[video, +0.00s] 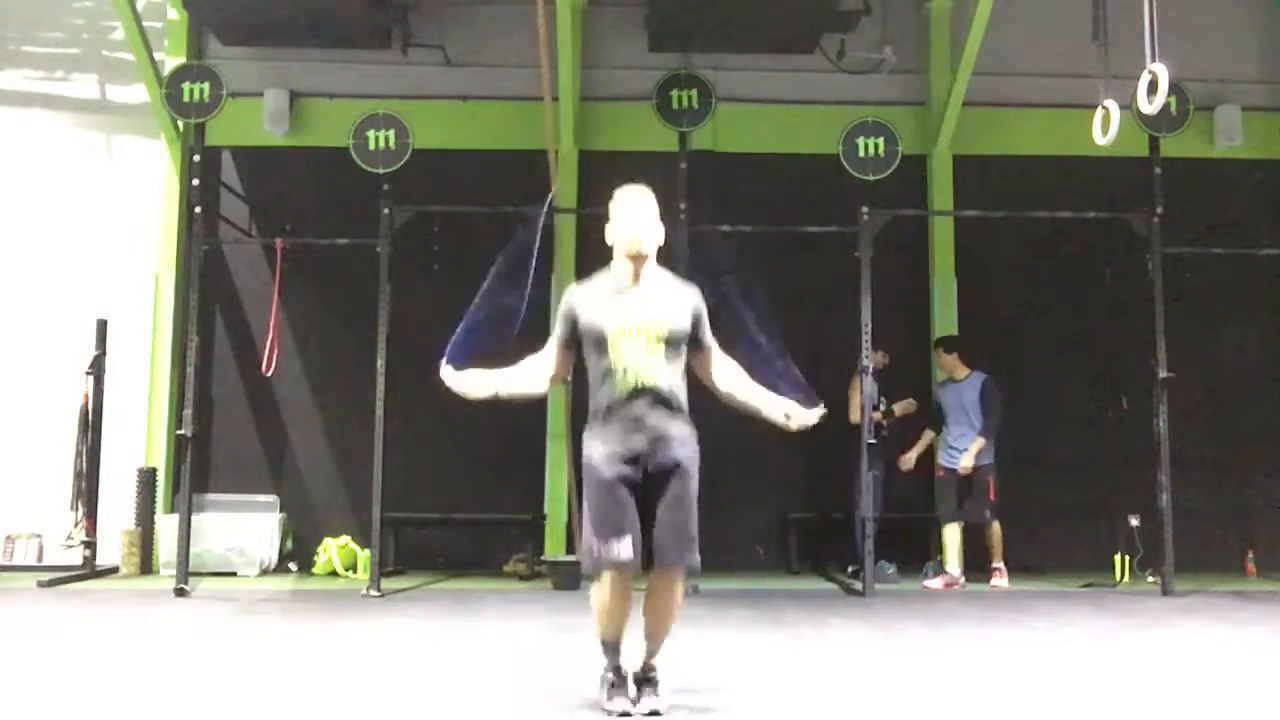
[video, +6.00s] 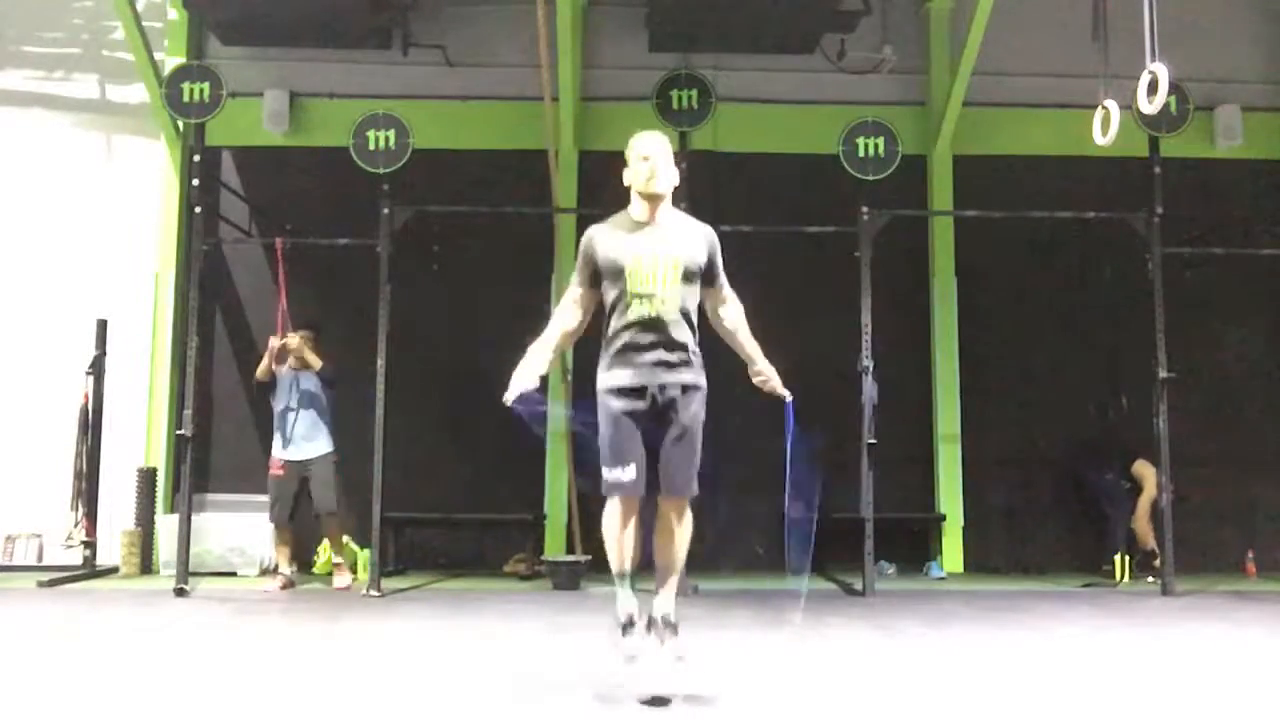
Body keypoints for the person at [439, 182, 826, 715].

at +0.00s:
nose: (638, 228)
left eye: (646, 219)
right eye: (628, 219)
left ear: (660, 228)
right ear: (609, 229)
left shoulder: (686, 297)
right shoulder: (580, 297)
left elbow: (717, 369)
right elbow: (548, 369)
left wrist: (781, 409)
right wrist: (484, 380)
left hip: (673, 435)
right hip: (609, 436)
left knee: (671, 560)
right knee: (617, 557)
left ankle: (649, 670)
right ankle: (612, 669)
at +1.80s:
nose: (645, 184)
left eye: (653, 175)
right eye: (636, 175)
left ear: (669, 184)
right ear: (621, 185)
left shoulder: (697, 249)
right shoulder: (594, 251)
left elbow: (727, 328)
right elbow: (567, 331)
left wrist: (764, 392)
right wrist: (524, 385)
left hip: (681, 402)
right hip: (617, 403)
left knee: (674, 524)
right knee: (616, 520)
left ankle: (664, 636)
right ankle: (619, 637)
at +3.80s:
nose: (652, 185)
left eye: (659, 176)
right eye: (642, 177)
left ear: (671, 188)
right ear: (623, 189)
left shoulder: (695, 251)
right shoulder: (594, 255)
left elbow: (715, 321)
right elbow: (565, 325)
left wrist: (753, 373)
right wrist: (506, 367)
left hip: (678, 397)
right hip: (614, 397)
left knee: (672, 519)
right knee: (616, 515)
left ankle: (662, 631)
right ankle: (615, 621)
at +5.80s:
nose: (647, 170)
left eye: (655, 162)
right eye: (638, 163)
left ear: (670, 174)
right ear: (622, 176)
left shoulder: (698, 239)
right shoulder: (598, 241)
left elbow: (728, 309)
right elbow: (568, 316)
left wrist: (771, 359)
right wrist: (520, 358)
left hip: (680, 379)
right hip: (619, 378)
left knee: (677, 496)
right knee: (620, 489)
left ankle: (664, 604)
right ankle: (618, 598)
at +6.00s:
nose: (652, 167)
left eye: (660, 159)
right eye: (642, 160)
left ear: (676, 171)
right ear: (626, 173)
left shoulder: (701, 237)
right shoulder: (600, 238)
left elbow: (723, 306)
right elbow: (575, 309)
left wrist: (758, 363)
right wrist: (536, 358)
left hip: (683, 379)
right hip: (621, 379)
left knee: (677, 497)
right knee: (625, 492)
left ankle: (665, 608)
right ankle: (624, 602)